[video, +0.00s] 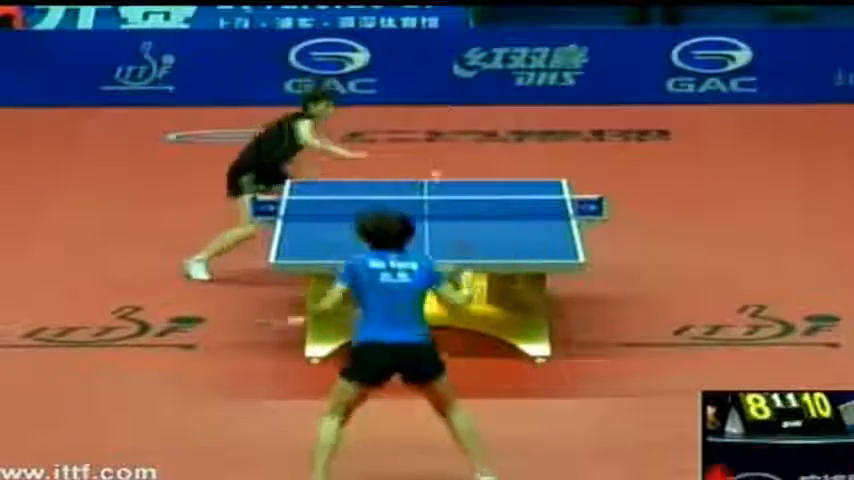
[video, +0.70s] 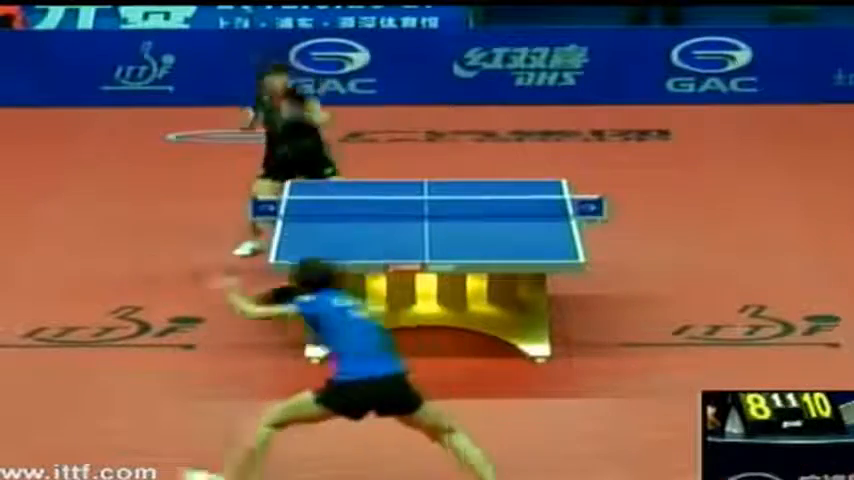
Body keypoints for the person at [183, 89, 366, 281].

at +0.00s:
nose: (329, 112)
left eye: (330, 107)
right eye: (326, 107)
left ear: (319, 110)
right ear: (313, 107)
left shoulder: (306, 124)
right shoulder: (301, 123)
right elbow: (314, 144)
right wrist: (348, 154)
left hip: (270, 172)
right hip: (246, 173)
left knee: (301, 203)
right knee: (249, 226)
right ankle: (199, 260)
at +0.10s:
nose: (343, 108)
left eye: (343, 103)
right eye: (339, 102)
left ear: (322, 103)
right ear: (324, 102)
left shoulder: (305, 114)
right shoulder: (318, 120)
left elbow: (282, 118)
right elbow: (322, 137)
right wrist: (343, 151)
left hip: (280, 169)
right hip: (261, 171)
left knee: (313, 195)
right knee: (261, 224)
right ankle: (201, 259)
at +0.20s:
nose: (350, 91)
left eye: (350, 86)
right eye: (346, 86)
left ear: (340, 89)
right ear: (332, 87)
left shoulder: (330, 109)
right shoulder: (310, 104)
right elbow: (280, 107)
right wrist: (292, 117)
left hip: (303, 162)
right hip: (276, 161)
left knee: (333, 191)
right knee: (260, 212)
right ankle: (215, 251)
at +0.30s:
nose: (338, 82)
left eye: (341, 78)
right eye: (335, 76)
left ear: (341, 81)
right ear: (323, 73)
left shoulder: (331, 98)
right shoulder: (289, 90)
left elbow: (342, 127)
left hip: (312, 150)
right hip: (281, 150)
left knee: (337, 194)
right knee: (262, 198)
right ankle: (229, 240)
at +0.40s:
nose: (317, 64)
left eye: (320, 58)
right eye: (313, 58)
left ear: (322, 60)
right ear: (301, 58)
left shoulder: (326, 79)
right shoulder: (277, 77)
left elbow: (339, 62)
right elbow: (233, 97)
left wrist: (316, 43)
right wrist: (252, 86)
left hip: (320, 145)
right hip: (285, 145)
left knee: (346, 191)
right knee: (257, 188)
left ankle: (349, 235)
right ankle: (230, 223)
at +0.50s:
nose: (296, 59)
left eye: (302, 54)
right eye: (291, 54)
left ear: (310, 55)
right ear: (284, 55)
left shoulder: (318, 74)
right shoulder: (274, 79)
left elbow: (314, 50)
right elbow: (233, 99)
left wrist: (283, 40)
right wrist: (240, 92)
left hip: (321, 138)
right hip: (287, 139)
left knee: (344, 191)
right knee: (257, 188)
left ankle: (347, 238)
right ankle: (231, 225)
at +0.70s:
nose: (276, 86)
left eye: (280, 80)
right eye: (271, 81)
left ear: (287, 81)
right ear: (264, 84)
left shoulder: (300, 99)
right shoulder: (263, 104)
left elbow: (322, 118)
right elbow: (249, 127)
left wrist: (298, 113)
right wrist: (249, 119)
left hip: (312, 160)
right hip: (279, 162)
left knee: (335, 191)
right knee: (259, 194)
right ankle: (256, 238)